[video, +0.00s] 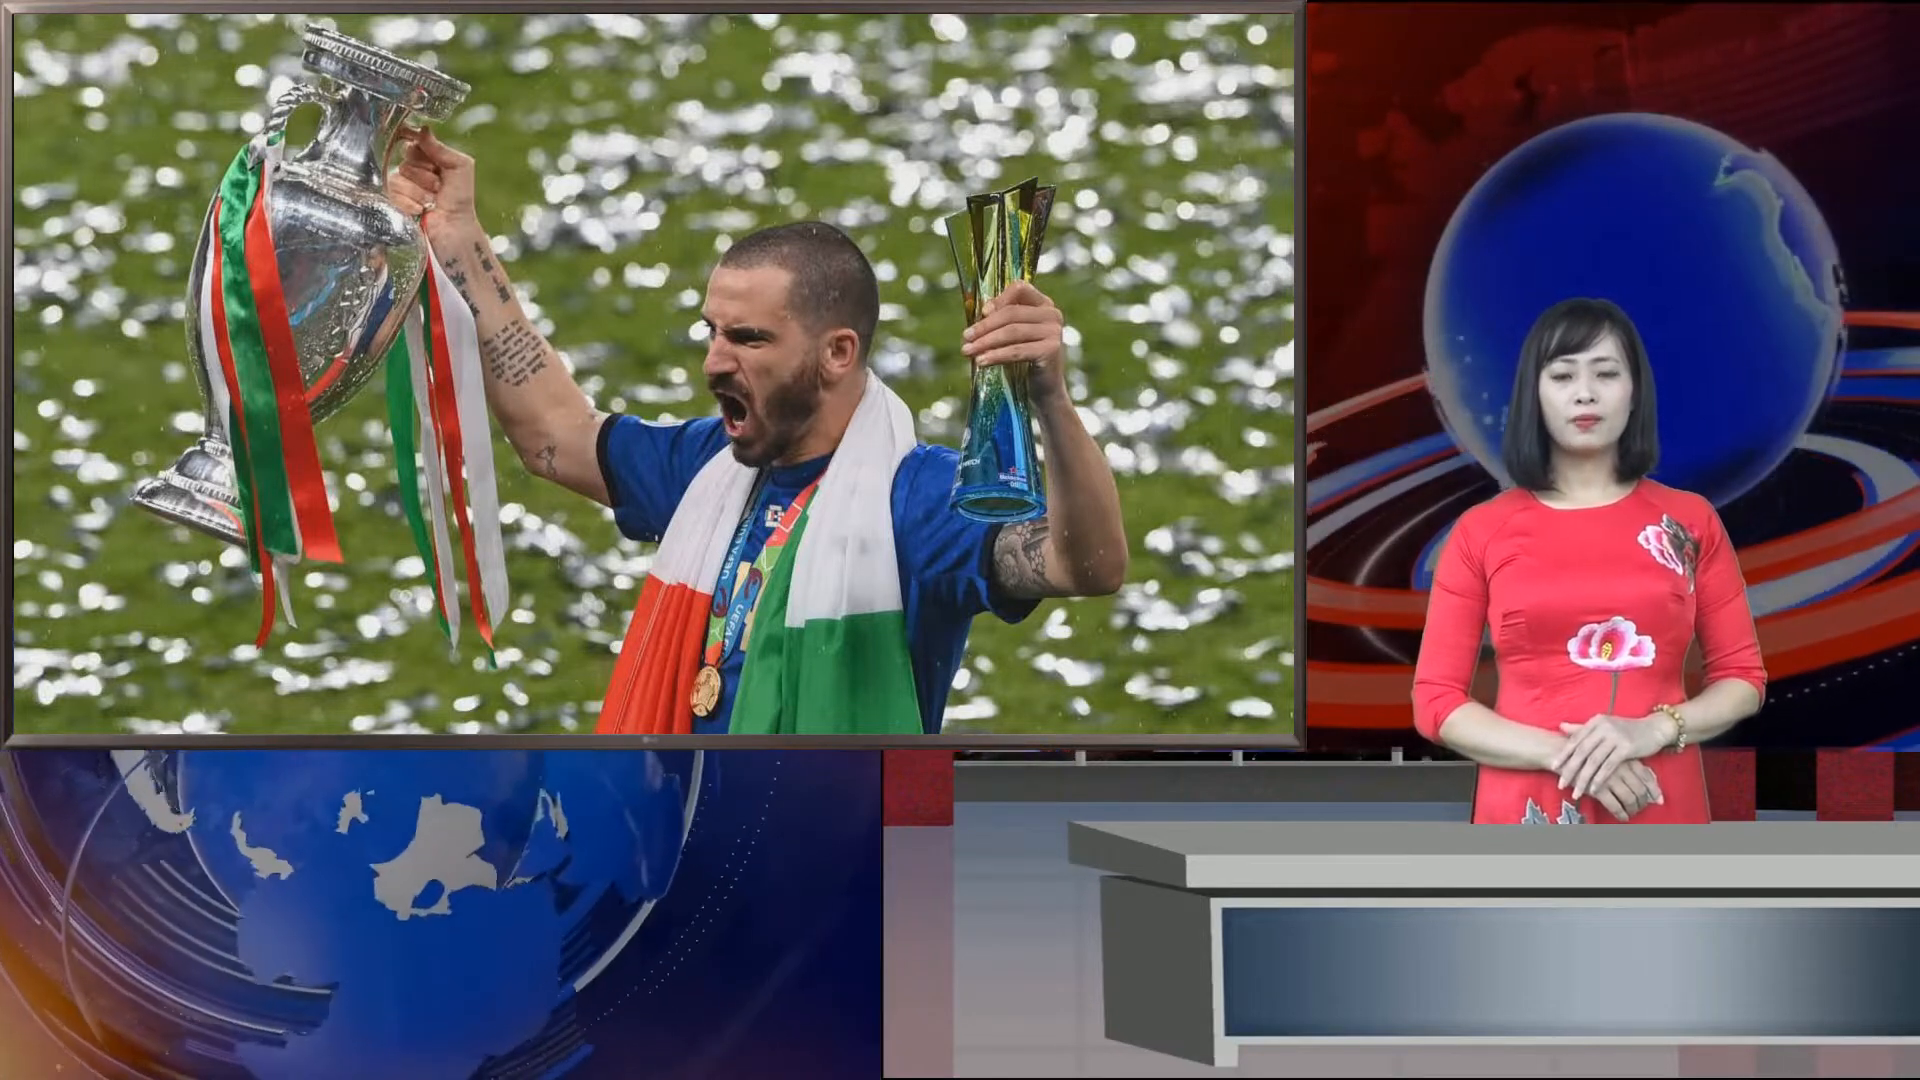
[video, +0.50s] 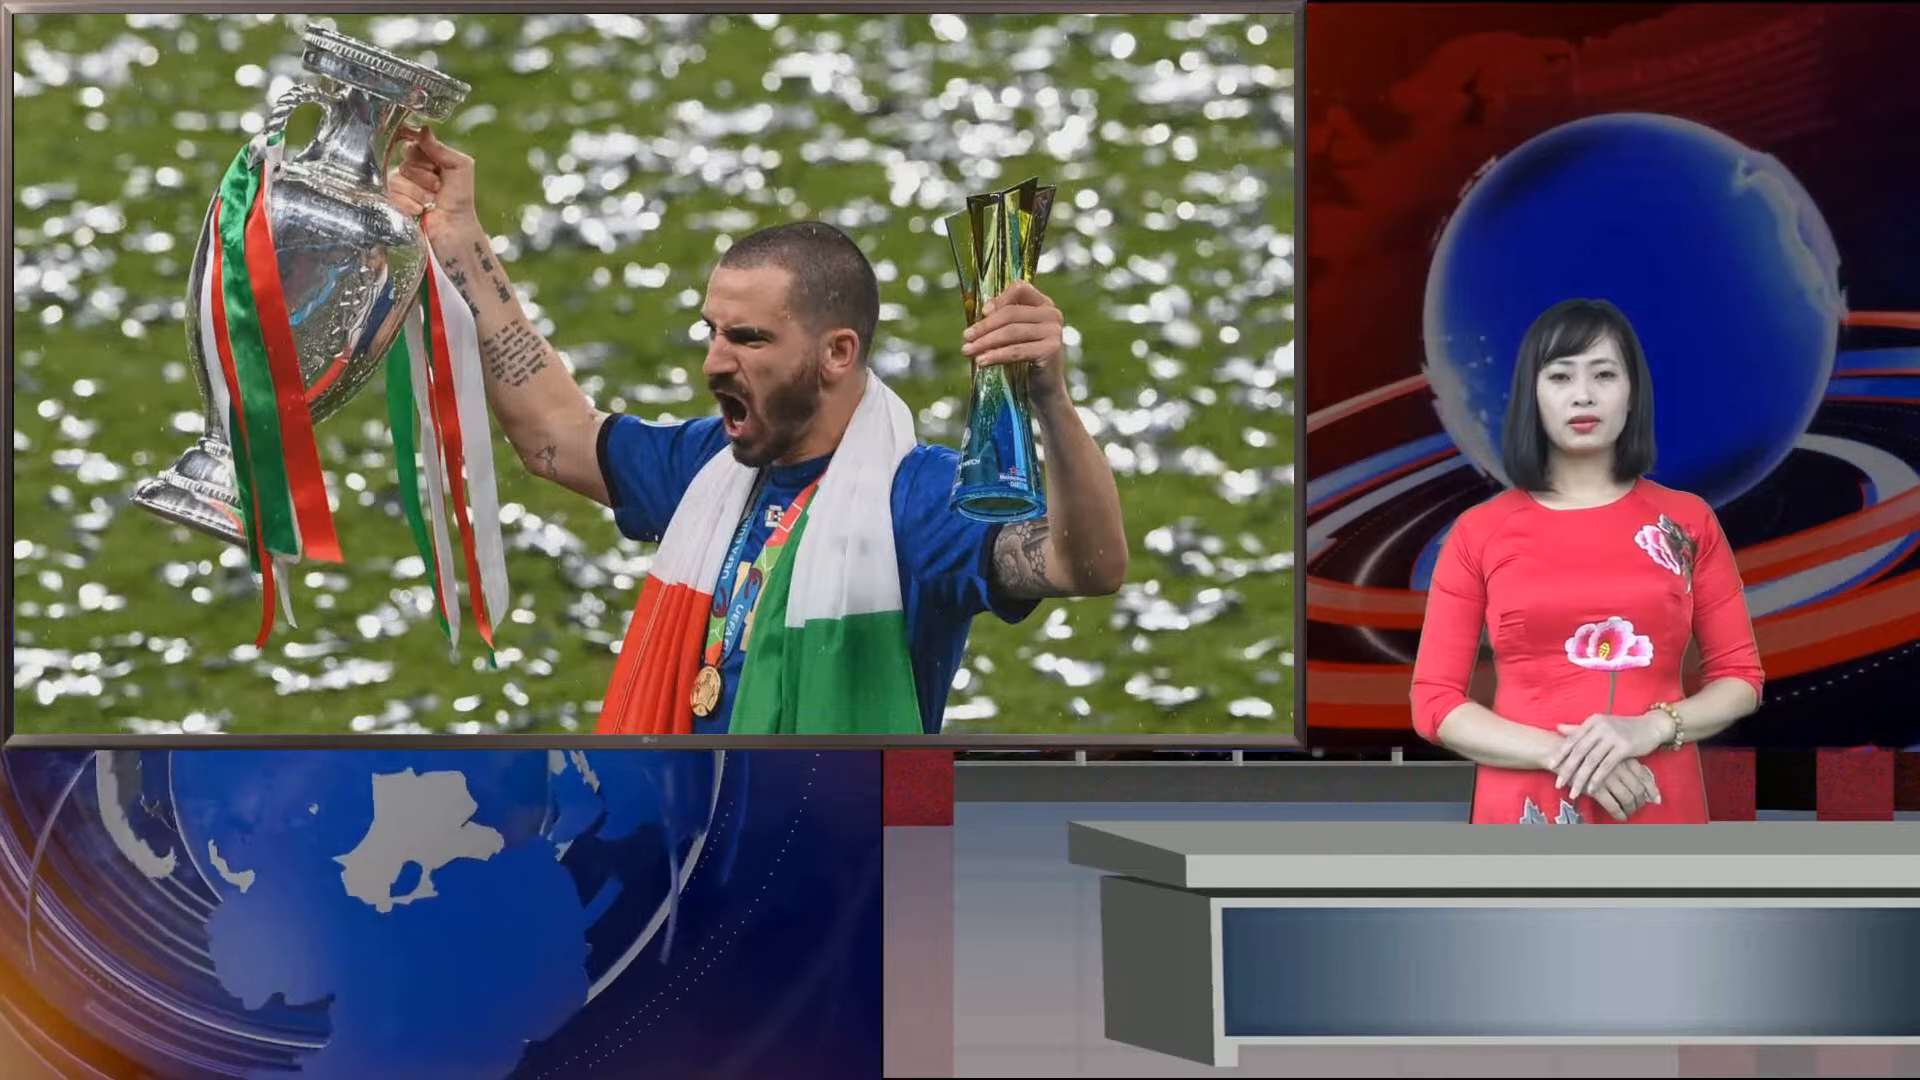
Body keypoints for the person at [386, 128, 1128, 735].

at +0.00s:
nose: (714, 363)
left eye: (747, 340)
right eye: (712, 334)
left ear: (839, 355)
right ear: (705, 328)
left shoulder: (914, 493)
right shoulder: (703, 466)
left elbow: (1089, 563)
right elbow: (557, 438)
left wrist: (1050, 399)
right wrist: (464, 253)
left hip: (825, 919)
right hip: (663, 900)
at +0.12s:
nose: (714, 363)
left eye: (747, 340)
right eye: (712, 334)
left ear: (839, 355)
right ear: (705, 328)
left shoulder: (914, 493)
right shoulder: (703, 466)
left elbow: (1089, 563)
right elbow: (557, 438)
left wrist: (1050, 399)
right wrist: (464, 253)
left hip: (827, 913)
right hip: (665, 895)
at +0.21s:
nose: (714, 363)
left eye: (747, 340)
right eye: (712, 334)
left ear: (839, 355)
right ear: (705, 328)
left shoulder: (914, 493)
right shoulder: (703, 466)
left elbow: (1089, 564)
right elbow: (557, 438)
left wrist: (1049, 399)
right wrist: (464, 252)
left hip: (828, 907)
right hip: (666, 891)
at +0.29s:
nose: (713, 361)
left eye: (746, 339)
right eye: (711, 333)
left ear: (838, 355)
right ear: (705, 328)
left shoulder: (914, 493)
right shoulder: (702, 465)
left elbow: (1089, 563)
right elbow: (557, 438)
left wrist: (1049, 398)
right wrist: (464, 253)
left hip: (830, 908)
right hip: (666, 891)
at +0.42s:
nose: (713, 361)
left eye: (746, 339)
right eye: (711, 333)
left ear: (838, 355)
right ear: (705, 328)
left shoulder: (914, 493)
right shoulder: (702, 465)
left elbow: (1089, 563)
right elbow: (556, 438)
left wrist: (1049, 398)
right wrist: (464, 253)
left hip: (830, 912)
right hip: (666, 894)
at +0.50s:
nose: (713, 361)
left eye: (747, 339)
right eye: (711, 333)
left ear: (838, 355)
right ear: (705, 328)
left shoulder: (914, 493)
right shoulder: (702, 465)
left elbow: (1089, 563)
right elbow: (556, 438)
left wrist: (1049, 398)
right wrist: (464, 253)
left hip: (830, 917)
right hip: (666, 898)